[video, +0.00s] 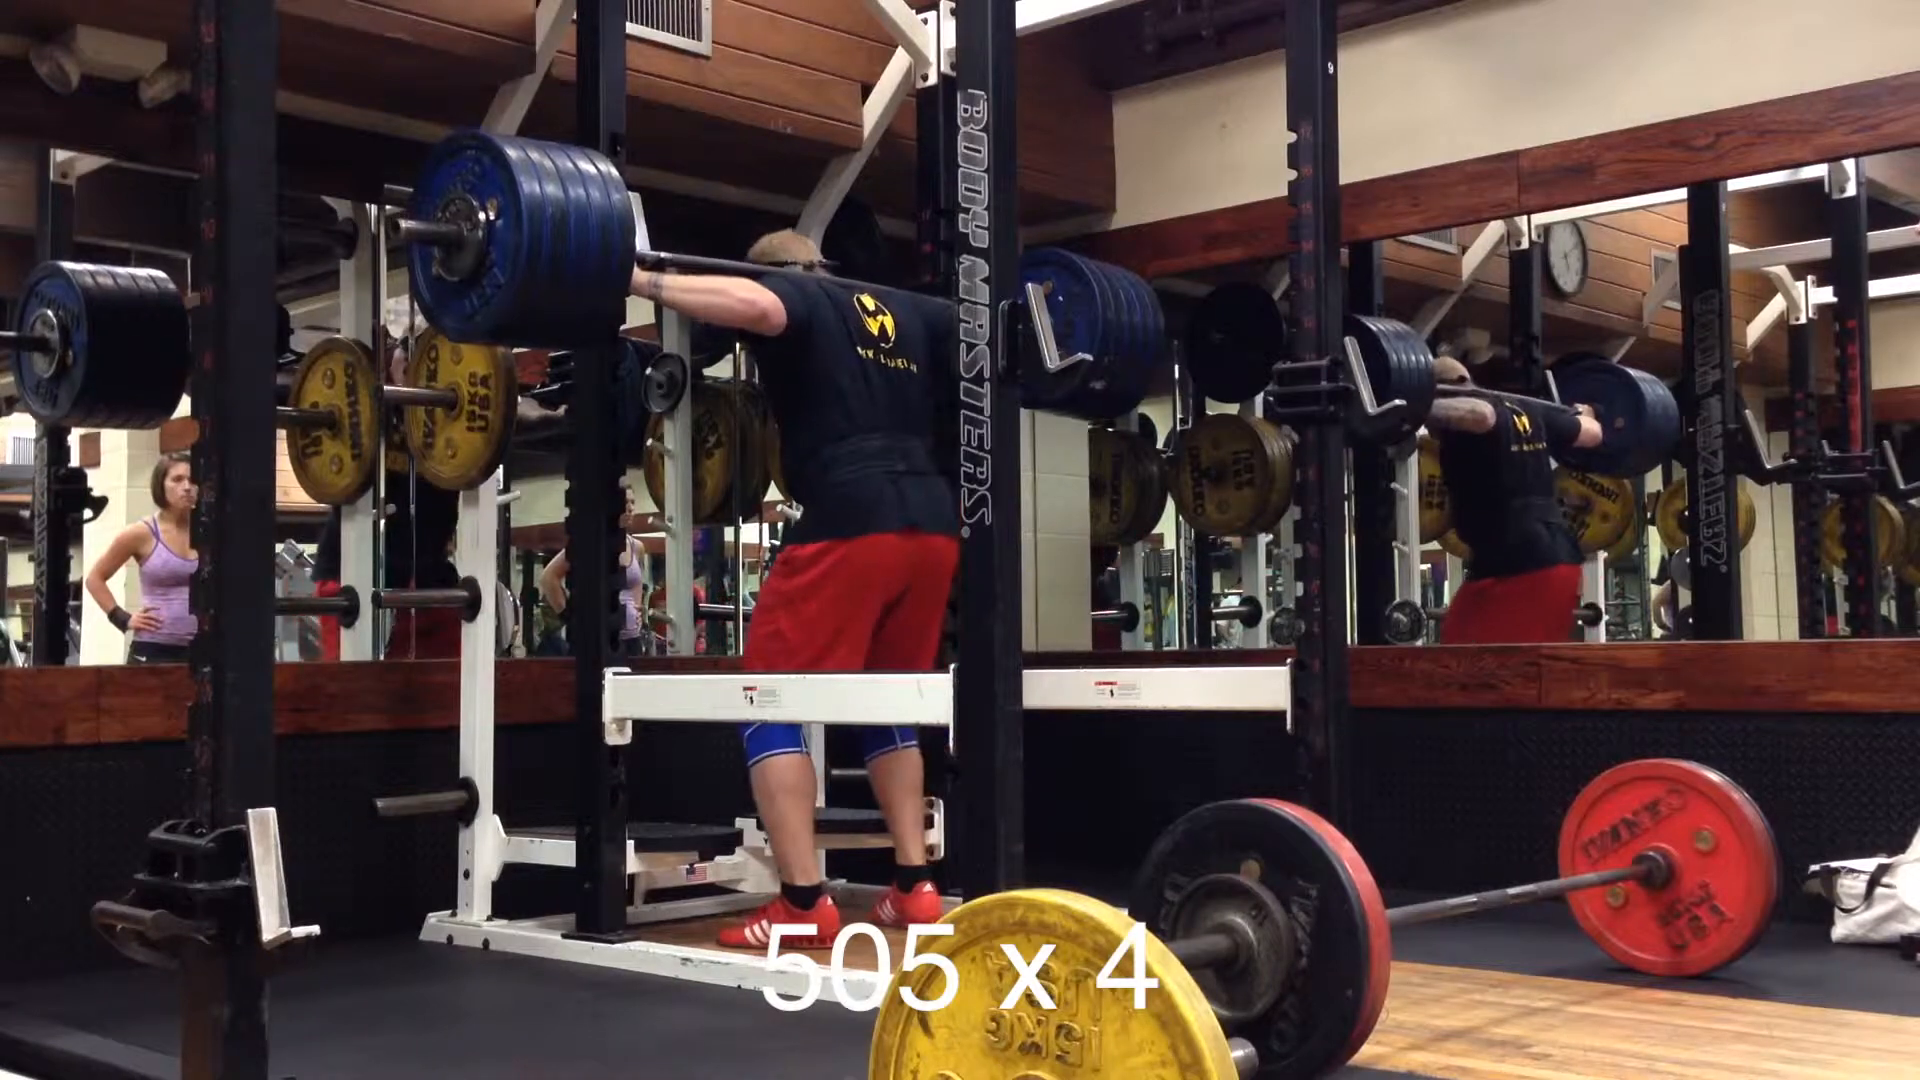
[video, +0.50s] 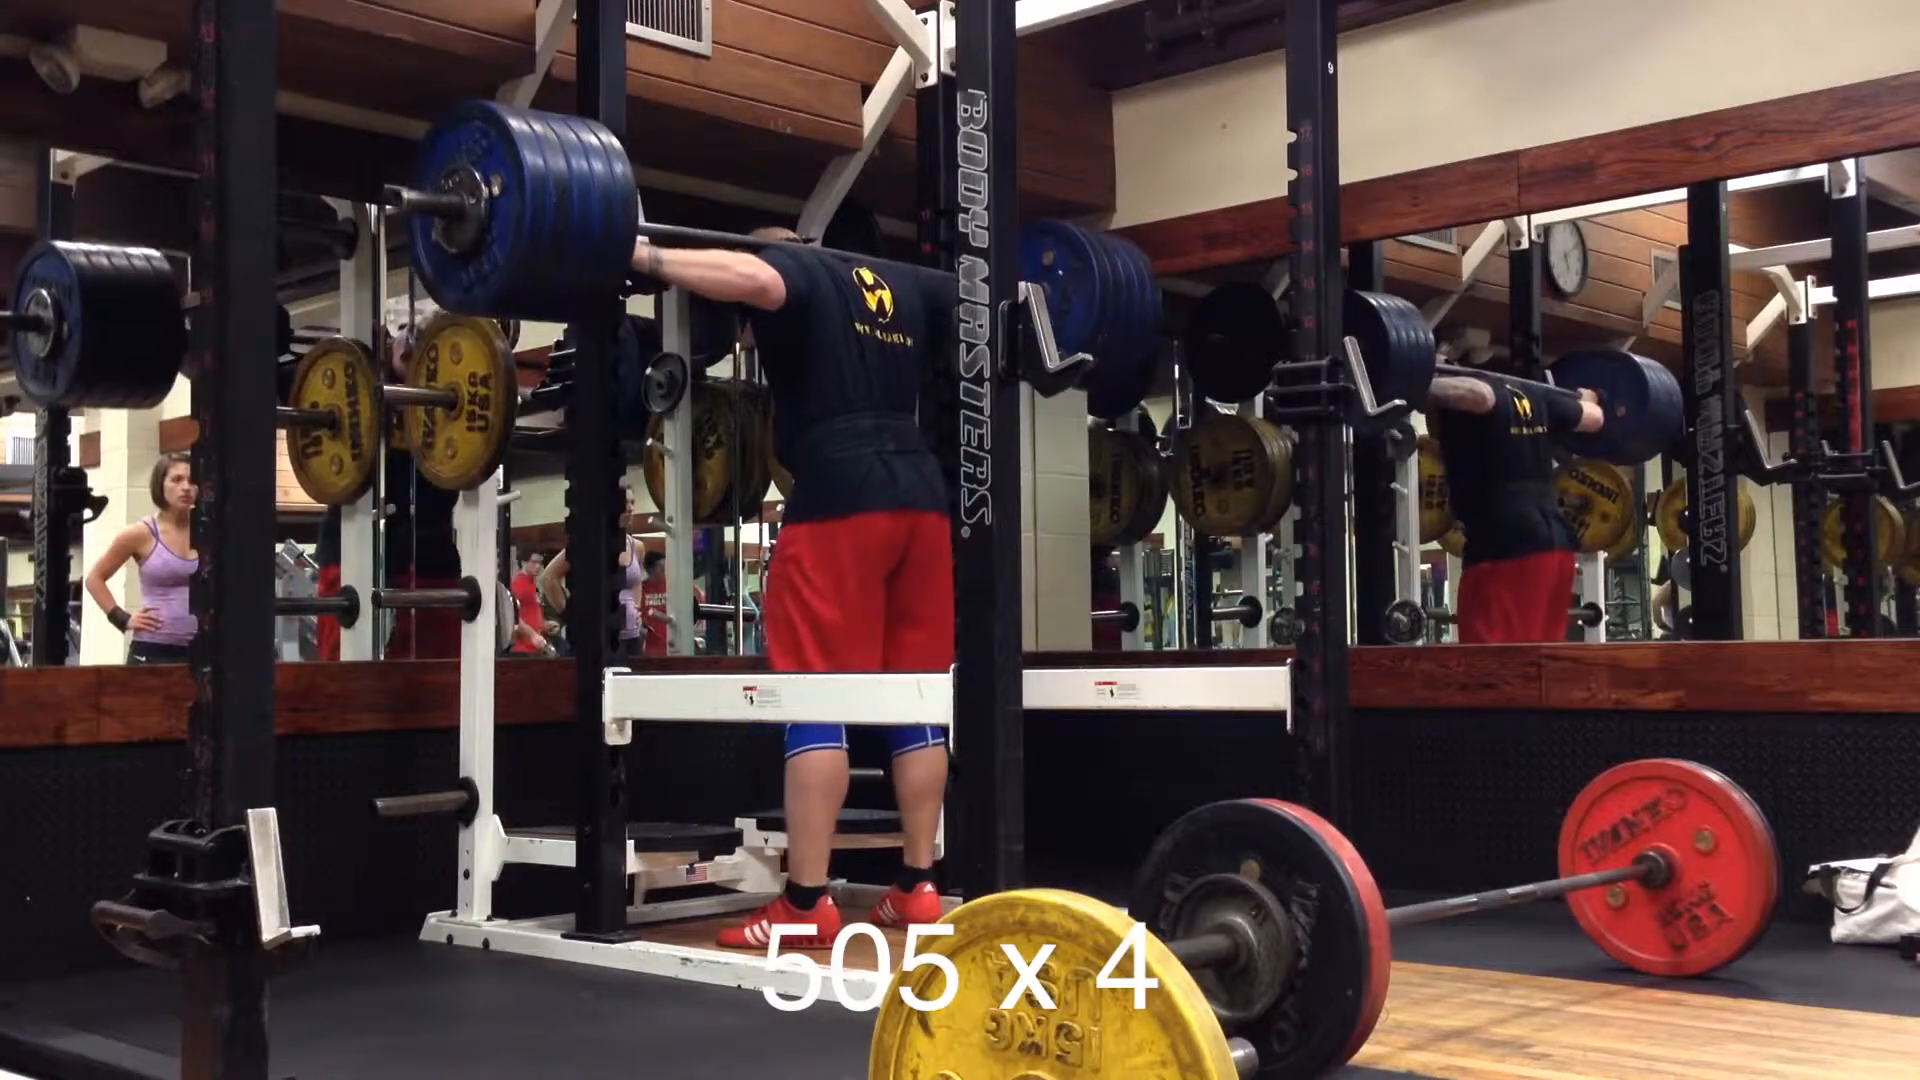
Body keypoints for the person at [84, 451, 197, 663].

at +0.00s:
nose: (187, 487)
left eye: (193, 480)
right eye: (178, 480)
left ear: (200, 486)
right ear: (160, 486)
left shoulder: (205, 530)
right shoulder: (141, 534)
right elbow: (94, 579)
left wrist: (212, 614)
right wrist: (123, 619)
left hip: (200, 647)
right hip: (154, 648)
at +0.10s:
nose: (187, 487)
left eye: (192, 480)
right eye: (178, 479)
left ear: (200, 486)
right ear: (160, 486)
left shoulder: (204, 530)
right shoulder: (141, 534)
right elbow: (94, 579)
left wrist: (212, 614)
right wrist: (123, 619)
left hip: (198, 647)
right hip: (153, 648)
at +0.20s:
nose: (187, 487)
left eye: (193, 480)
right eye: (178, 479)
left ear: (200, 486)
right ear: (161, 486)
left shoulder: (204, 530)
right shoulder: (141, 534)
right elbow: (94, 579)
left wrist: (212, 614)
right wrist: (123, 619)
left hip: (199, 647)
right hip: (153, 648)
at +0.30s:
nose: (186, 487)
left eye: (192, 480)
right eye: (177, 479)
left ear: (200, 487)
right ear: (160, 485)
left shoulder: (204, 530)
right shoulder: (141, 534)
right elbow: (94, 579)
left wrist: (212, 614)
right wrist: (123, 619)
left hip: (199, 647)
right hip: (153, 648)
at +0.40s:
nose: (186, 488)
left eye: (192, 480)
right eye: (177, 480)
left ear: (200, 487)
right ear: (160, 485)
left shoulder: (204, 530)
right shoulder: (140, 534)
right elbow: (94, 579)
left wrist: (212, 614)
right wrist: (123, 619)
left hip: (199, 647)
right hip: (153, 648)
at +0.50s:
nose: (186, 488)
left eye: (192, 480)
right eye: (177, 480)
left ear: (200, 487)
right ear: (160, 485)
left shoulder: (205, 529)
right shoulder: (140, 534)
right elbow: (94, 579)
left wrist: (212, 614)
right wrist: (123, 619)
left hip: (199, 647)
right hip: (153, 648)